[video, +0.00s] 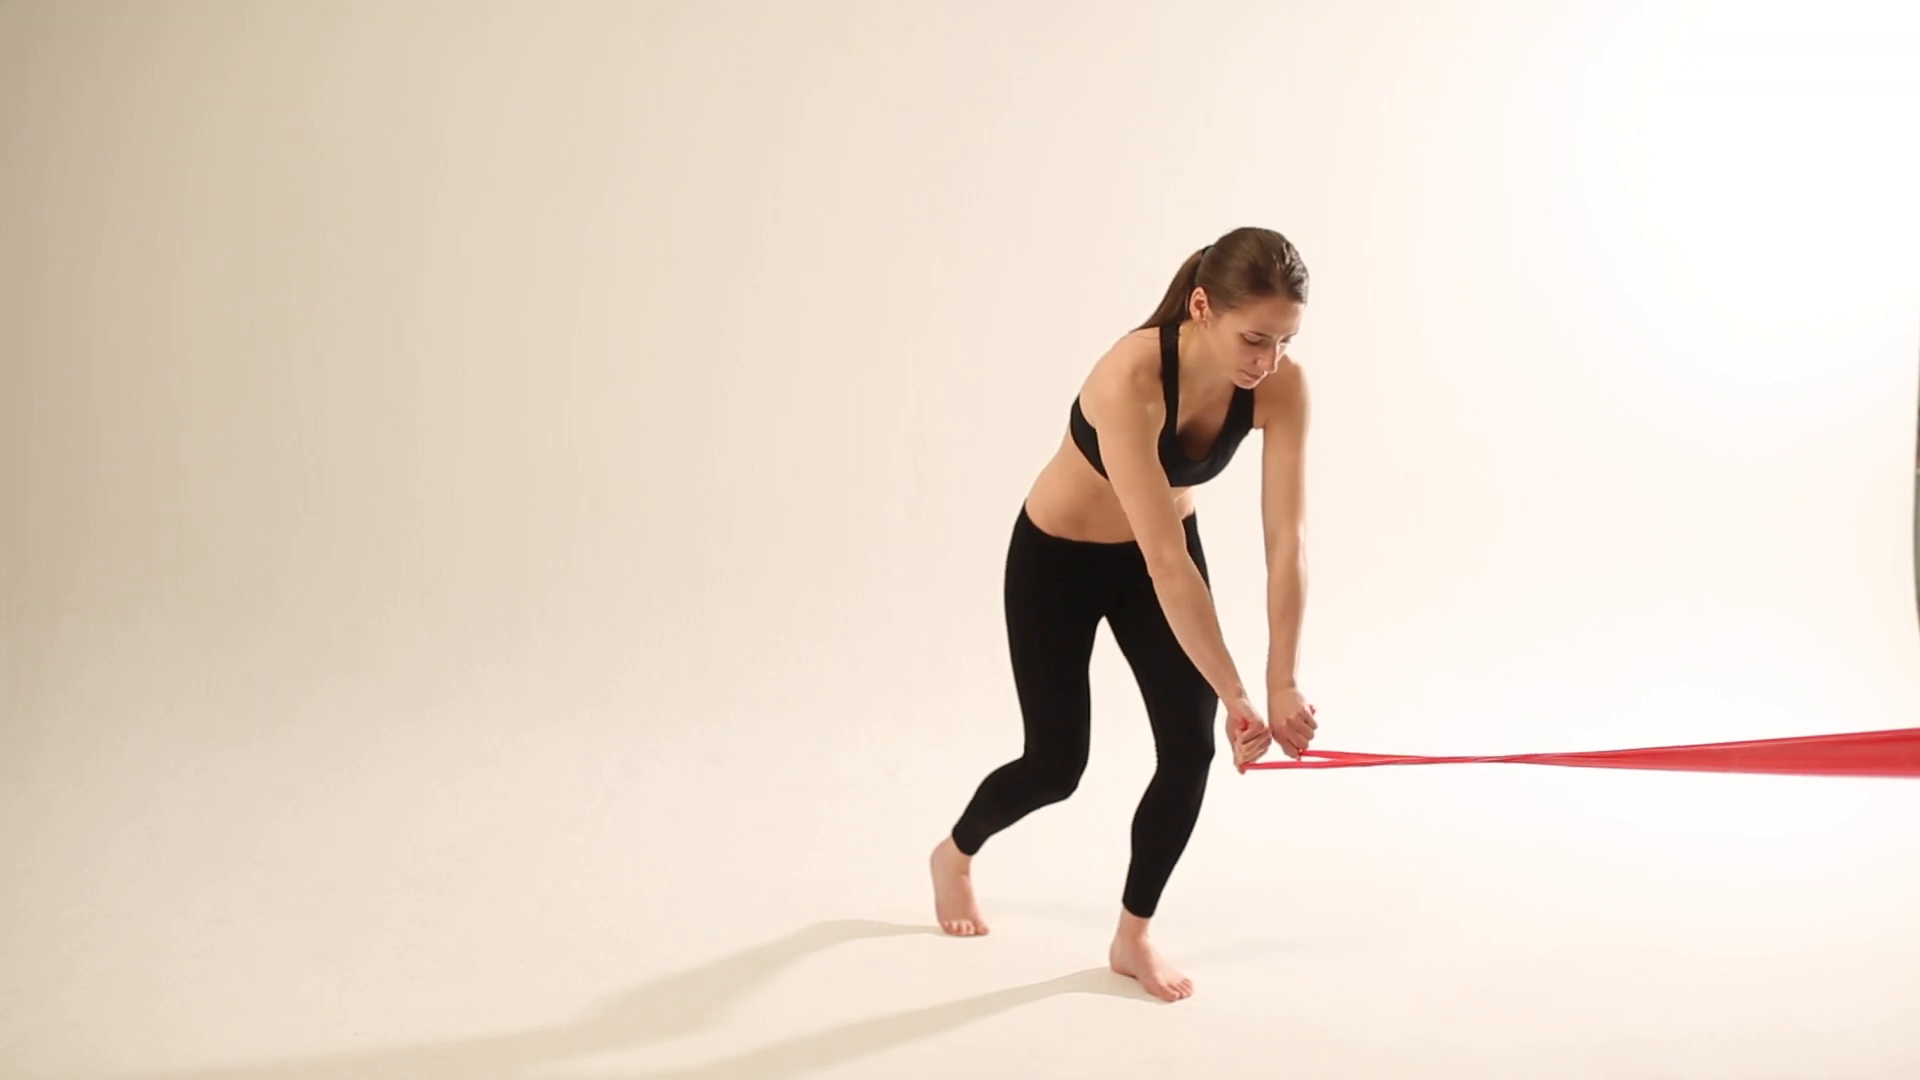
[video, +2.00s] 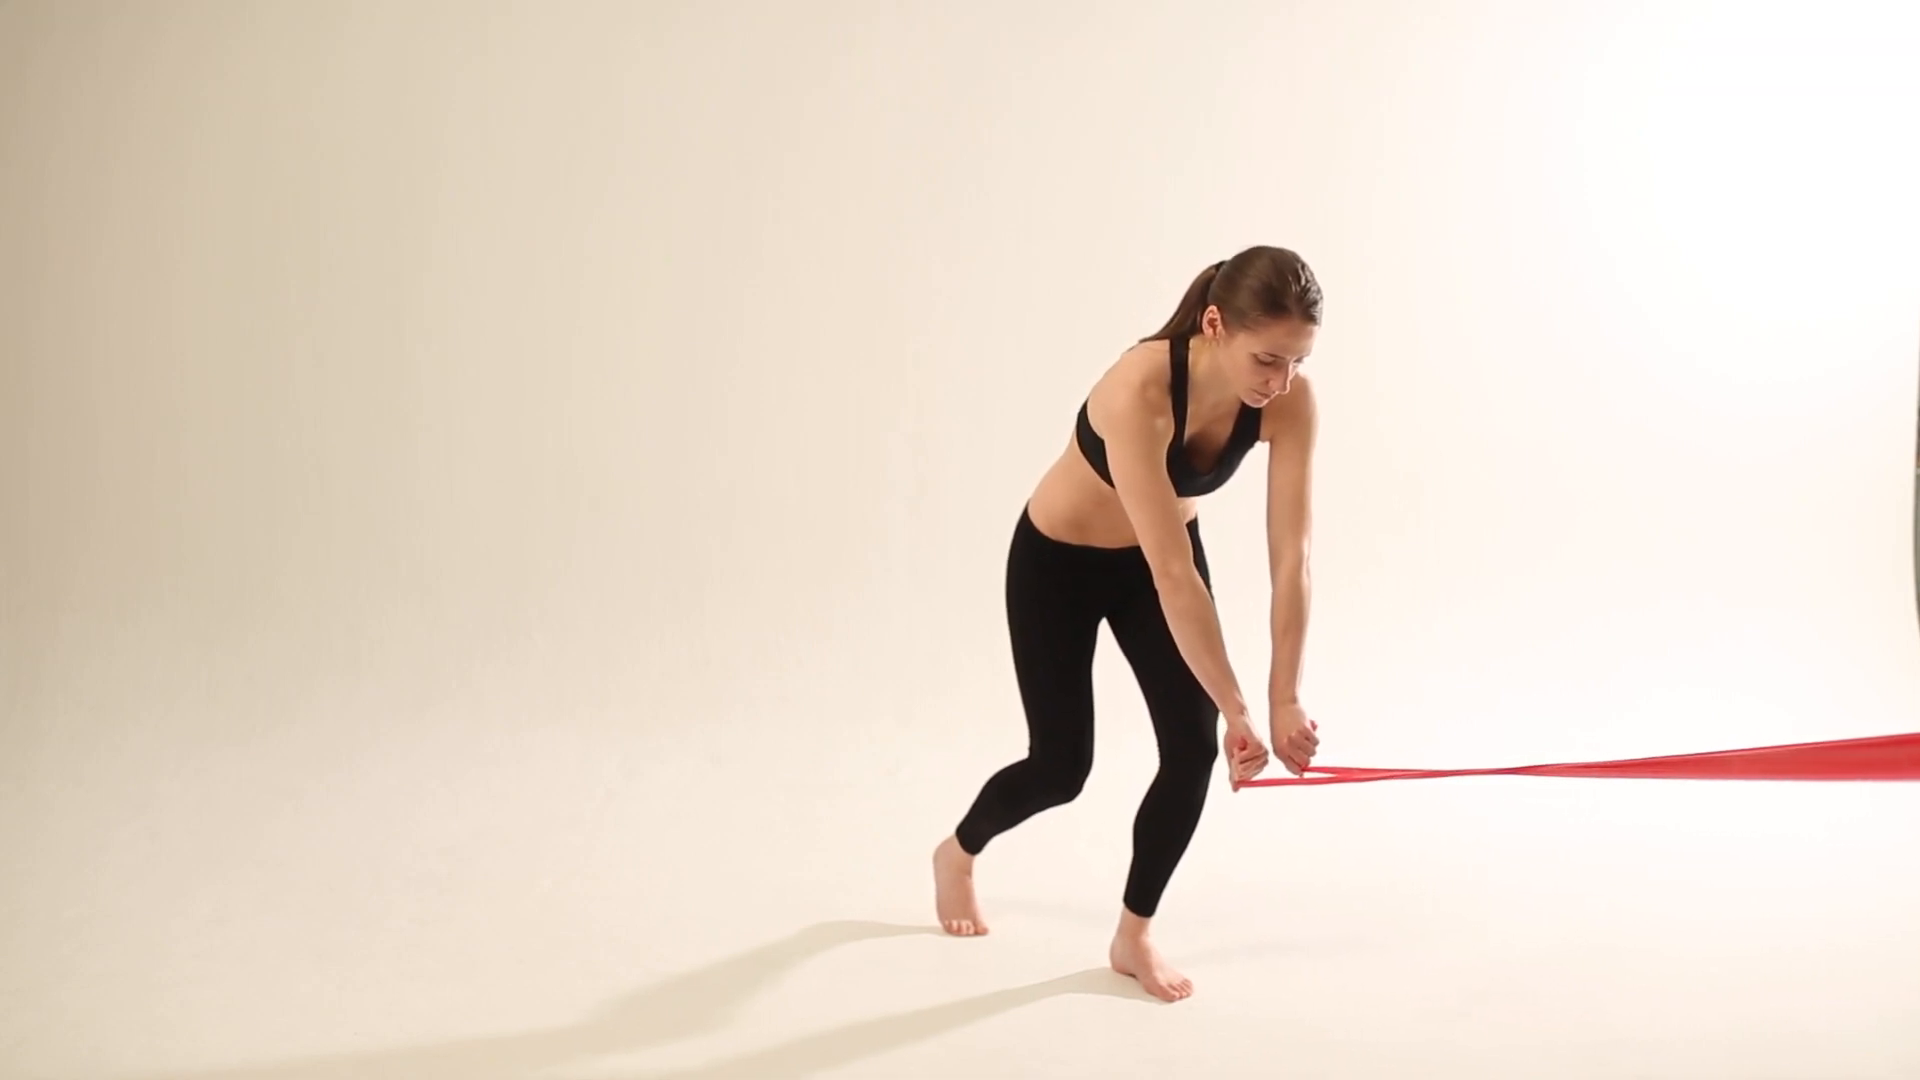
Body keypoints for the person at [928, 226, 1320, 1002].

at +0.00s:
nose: (1272, 359)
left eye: (1285, 340)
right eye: (1257, 338)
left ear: (1298, 321)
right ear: (1201, 309)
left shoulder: (1279, 384)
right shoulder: (1128, 378)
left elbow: (1285, 541)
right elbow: (1166, 562)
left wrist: (1282, 681)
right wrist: (1234, 695)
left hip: (1162, 557)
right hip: (1058, 558)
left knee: (1186, 753)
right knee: (1056, 764)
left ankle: (1132, 931)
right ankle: (954, 851)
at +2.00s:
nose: (1283, 379)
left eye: (1296, 361)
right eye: (1269, 358)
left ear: (1309, 343)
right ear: (1213, 326)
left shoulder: (1285, 401)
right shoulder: (1136, 390)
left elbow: (1291, 555)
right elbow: (1172, 574)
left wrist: (1284, 698)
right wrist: (1235, 710)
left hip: (1160, 558)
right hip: (1058, 560)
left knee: (1191, 750)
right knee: (1061, 766)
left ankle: (1133, 931)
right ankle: (957, 851)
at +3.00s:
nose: (1040, 170)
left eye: (1050, 153)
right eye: (1025, 151)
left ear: (1056, 157)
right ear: (973, 147)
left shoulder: (1058, 235)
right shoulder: (922, 240)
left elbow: (1143, 334)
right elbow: (915, 381)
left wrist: (1132, 395)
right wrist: (1035, 414)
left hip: (1023, 492)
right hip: (925, 499)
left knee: (1076, 676)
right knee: (964, 690)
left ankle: (1033, 839)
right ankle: (971, 874)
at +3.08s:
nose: (1018, 153)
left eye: (1028, 137)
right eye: (1003, 135)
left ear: (1032, 140)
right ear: (951, 132)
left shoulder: (1038, 220)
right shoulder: (902, 228)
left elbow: (1136, 308)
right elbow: (874, 361)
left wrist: (1126, 349)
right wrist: (985, 368)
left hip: (1015, 484)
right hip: (918, 490)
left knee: (1051, 677)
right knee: (953, 682)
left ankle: (987, 786)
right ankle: (966, 871)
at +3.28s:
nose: (970, 134)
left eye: (979, 119)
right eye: (954, 118)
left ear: (986, 122)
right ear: (906, 119)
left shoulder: (999, 204)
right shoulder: (861, 214)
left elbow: (1091, 254)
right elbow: (778, 327)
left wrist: (1107, 266)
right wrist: (864, 281)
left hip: (995, 469)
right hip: (903, 474)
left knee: (994, 665)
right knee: (936, 671)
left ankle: (914, 765)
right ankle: (965, 870)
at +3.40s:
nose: (948, 133)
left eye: (957, 119)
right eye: (932, 117)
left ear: (963, 124)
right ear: (884, 120)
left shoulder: (982, 206)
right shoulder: (844, 215)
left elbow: (1085, 279)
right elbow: (742, 325)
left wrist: (1094, 236)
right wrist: (797, 253)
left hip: (982, 465)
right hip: (891, 469)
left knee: (963, 658)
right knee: (925, 664)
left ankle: (890, 778)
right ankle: (963, 863)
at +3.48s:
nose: (934, 132)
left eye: (944, 118)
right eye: (919, 117)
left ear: (950, 123)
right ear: (872, 120)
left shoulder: (967, 207)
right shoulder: (829, 219)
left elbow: (1059, 283)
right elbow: (734, 327)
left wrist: (1089, 223)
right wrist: (734, 259)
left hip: (970, 463)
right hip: (882, 467)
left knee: (943, 656)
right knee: (918, 660)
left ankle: (875, 788)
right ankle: (959, 861)